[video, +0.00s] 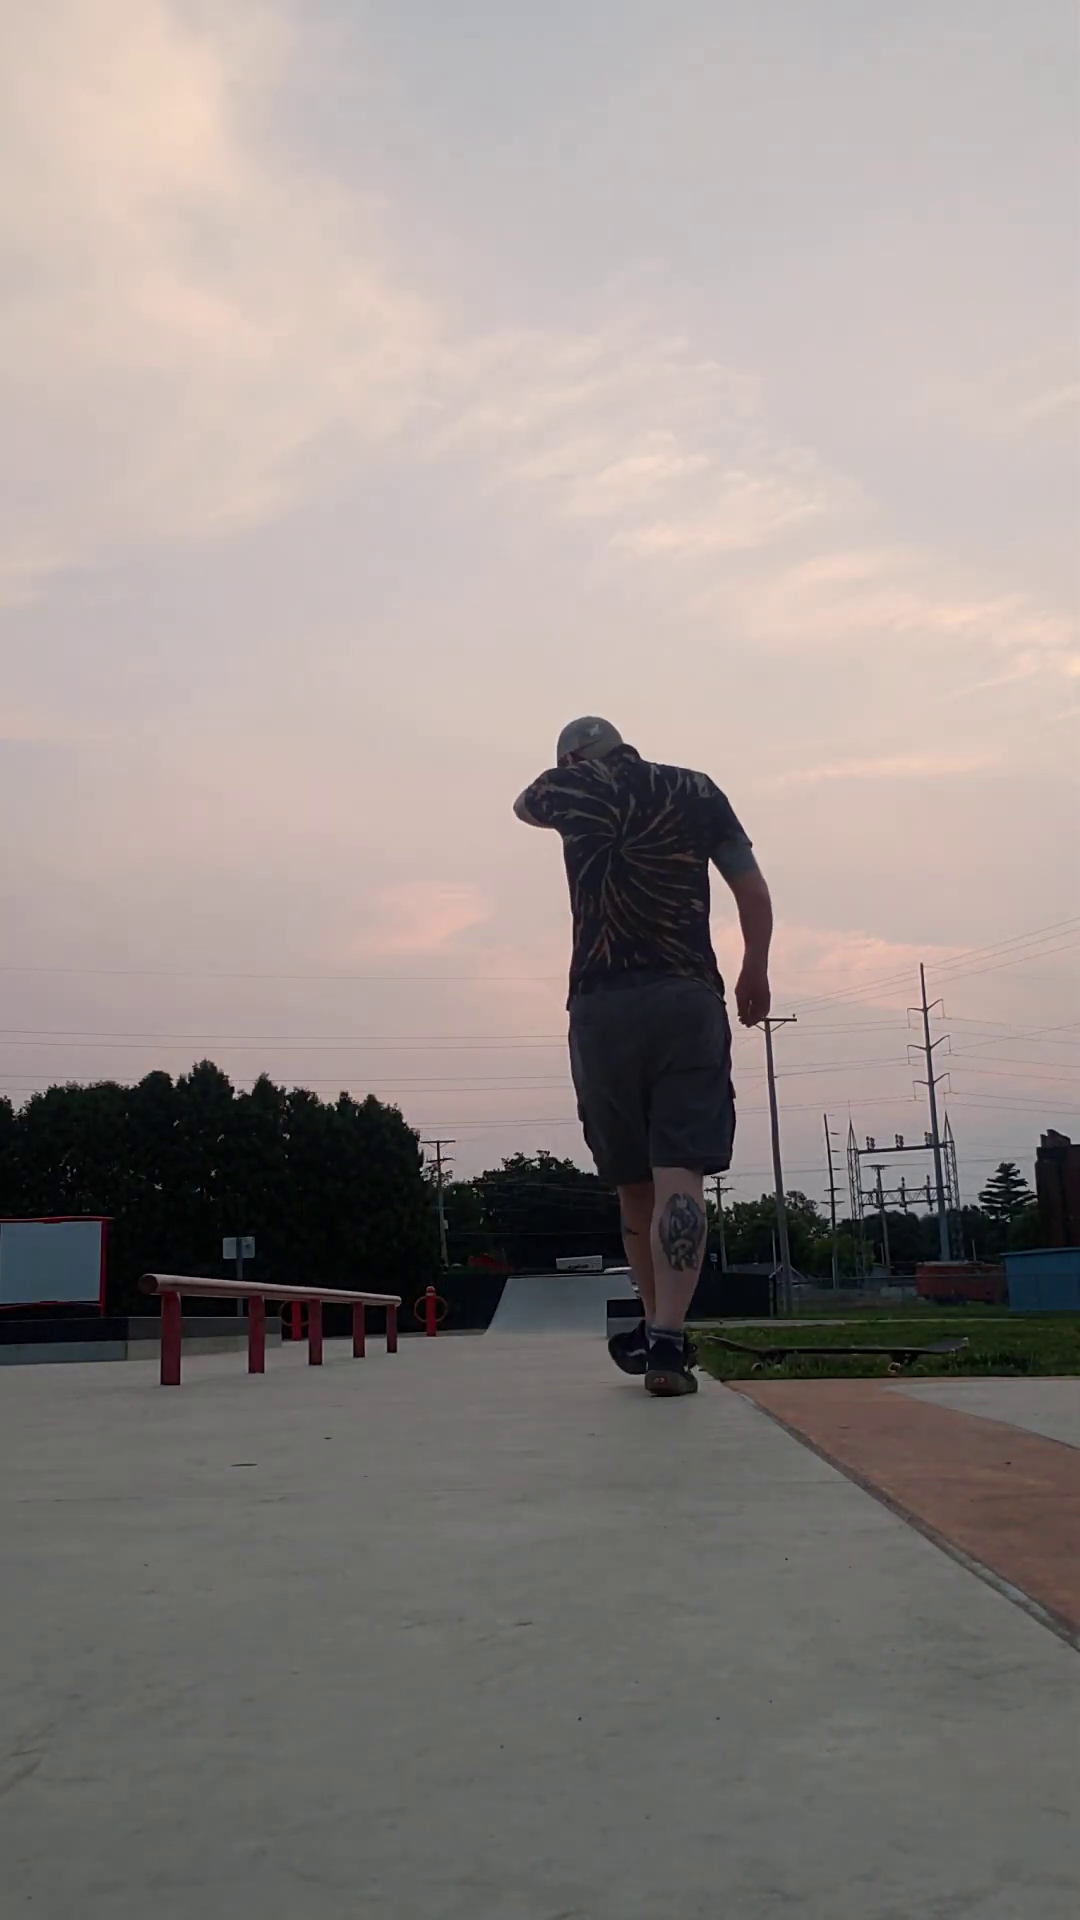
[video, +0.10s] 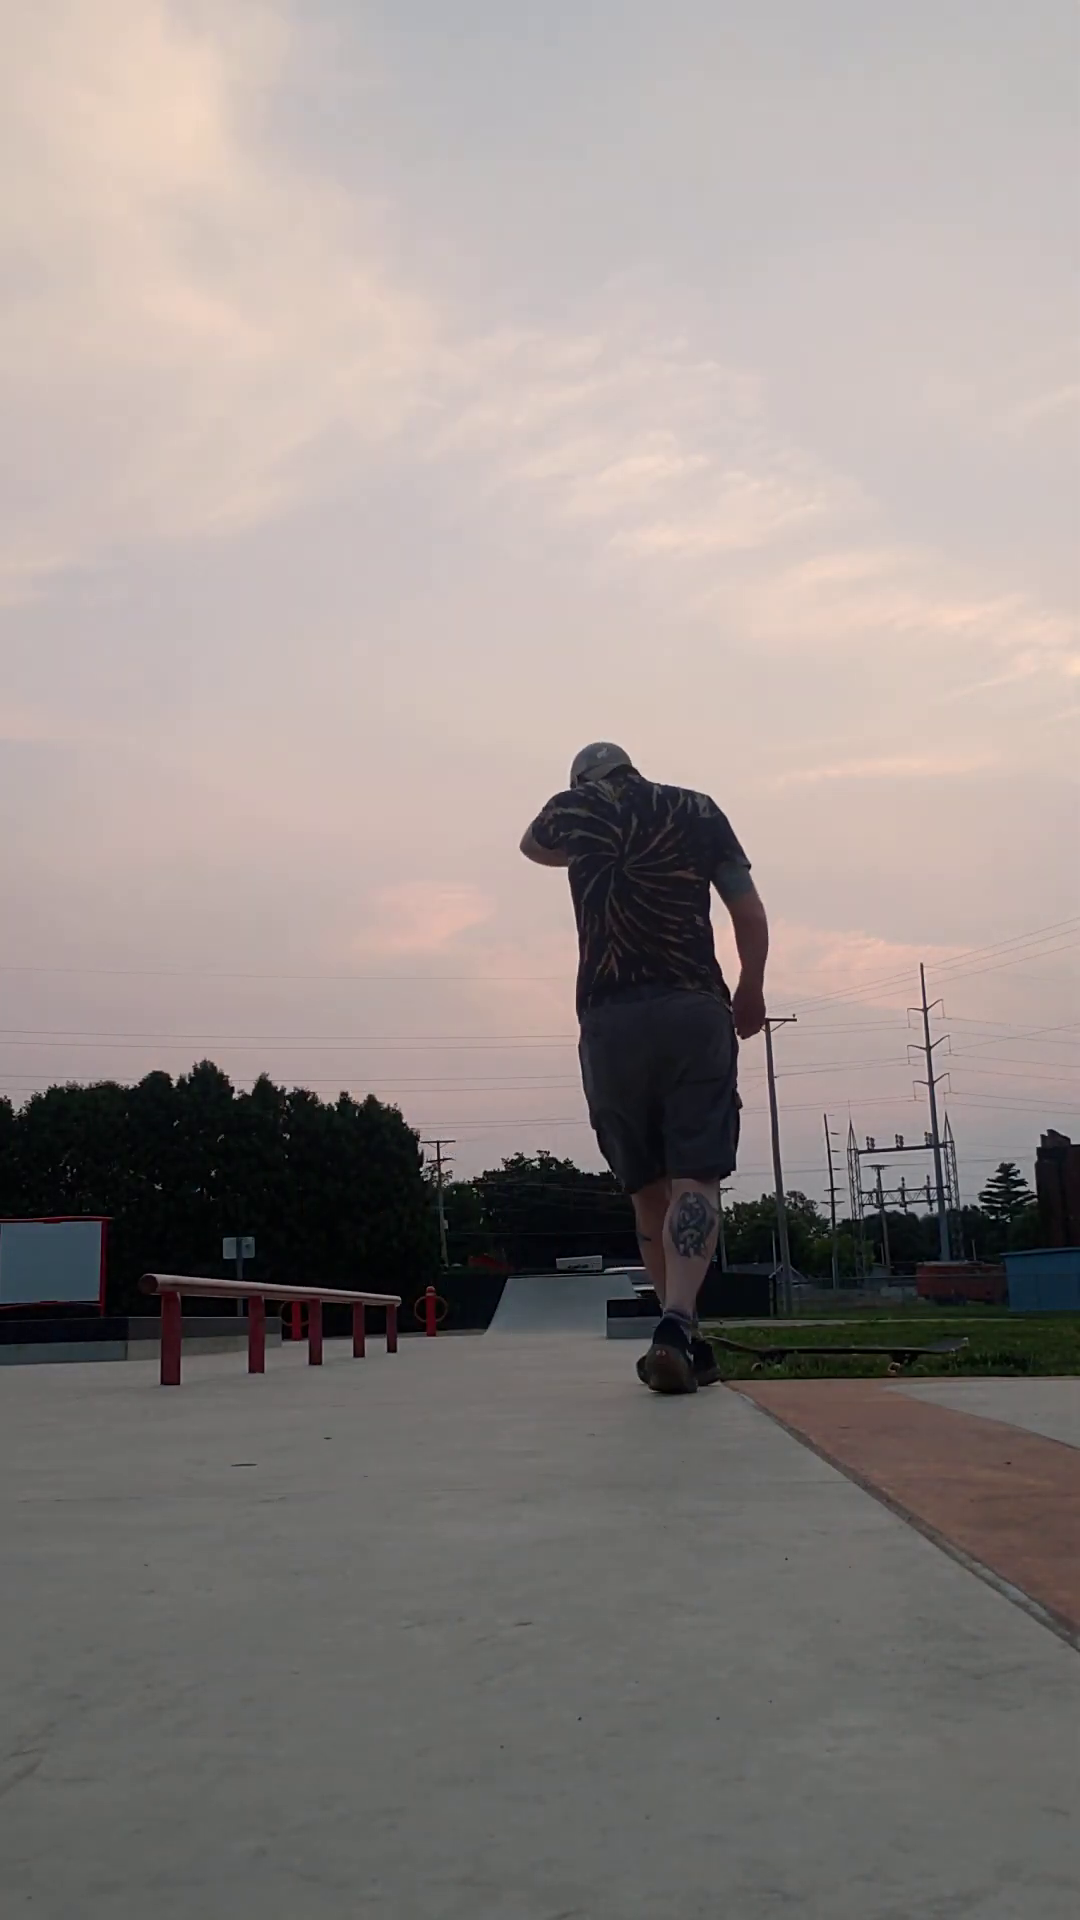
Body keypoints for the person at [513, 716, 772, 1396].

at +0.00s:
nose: (568, 775)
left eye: (566, 767)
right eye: (570, 767)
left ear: (576, 759)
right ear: (623, 743)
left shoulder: (572, 789)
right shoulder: (695, 789)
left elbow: (525, 806)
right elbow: (752, 890)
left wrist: (575, 775)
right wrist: (755, 970)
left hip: (604, 1007)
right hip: (688, 1000)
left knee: (632, 1183)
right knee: (681, 1175)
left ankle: (658, 1333)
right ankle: (668, 1340)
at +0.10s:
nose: (584, 792)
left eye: (581, 784)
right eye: (589, 781)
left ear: (584, 782)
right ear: (631, 767)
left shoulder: (575, 813)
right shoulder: (695, 808)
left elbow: (533, 843)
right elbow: (749, 913)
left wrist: (585, 805)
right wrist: (751, 990)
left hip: (612, 1022)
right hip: (696, 1012)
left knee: (647, 1191)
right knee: (696, 1179)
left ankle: (686, 1343)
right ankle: (673, 1329)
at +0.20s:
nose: (595, 812)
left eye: (592, 804)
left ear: (594, 801)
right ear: (646, 790)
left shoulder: (578, 832)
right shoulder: (701, 829)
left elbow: (532, 901)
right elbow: (742, 931)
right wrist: (748, 1007)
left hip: (611, 1032)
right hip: (694, 1024)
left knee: (653, 1192)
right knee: (721, 1176)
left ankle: (688, 1344)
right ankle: (712, 1293)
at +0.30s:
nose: (614, 820)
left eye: (607, 813)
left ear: (601, 814)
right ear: (655, 804)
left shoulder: (581, 847)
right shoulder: (705, 839)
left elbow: (538, 953)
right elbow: (741, 944)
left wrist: (583, 978)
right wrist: (743, 1027)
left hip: (615, 1038)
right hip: (696, 1029)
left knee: (654, 1194)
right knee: (722, 1172)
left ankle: (692, 1344)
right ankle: (739, 1277)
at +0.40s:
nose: (614, 838)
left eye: (608, 833)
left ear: (606, 833)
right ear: (657, 824)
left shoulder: (584, 864)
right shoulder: (704, 854)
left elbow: (557, 965)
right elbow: (743, 955)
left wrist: (578, 1041)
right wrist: (739, 1040)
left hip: (622, 1037)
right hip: (702, 1030)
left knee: (654, 1196)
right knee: (716, 1181)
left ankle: (692, 1347)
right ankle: (750, 1314)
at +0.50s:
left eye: (605, 860)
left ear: (606, 857)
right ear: (654, 852)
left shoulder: (587, 880)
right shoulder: (701, 878)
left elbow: (569, 956)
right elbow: (746, 980)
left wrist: (577, 1045)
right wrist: (734, 1057)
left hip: (632, 1039)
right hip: (711, 1037)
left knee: (655, 1198)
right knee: (715, 1189)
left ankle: (694, 1347)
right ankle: (739, 1337)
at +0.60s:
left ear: (597, 896)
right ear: (646, 891)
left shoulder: (589, 904)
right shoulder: (695, 916)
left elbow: (578, 951)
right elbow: (749, 1023)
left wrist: (577, 1050)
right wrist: (729, 1095)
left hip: (644, 1043)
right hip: (720, 1046)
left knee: (654, 1203)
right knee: (716, 1200)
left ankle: (694, 1348)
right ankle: (717, 1342)